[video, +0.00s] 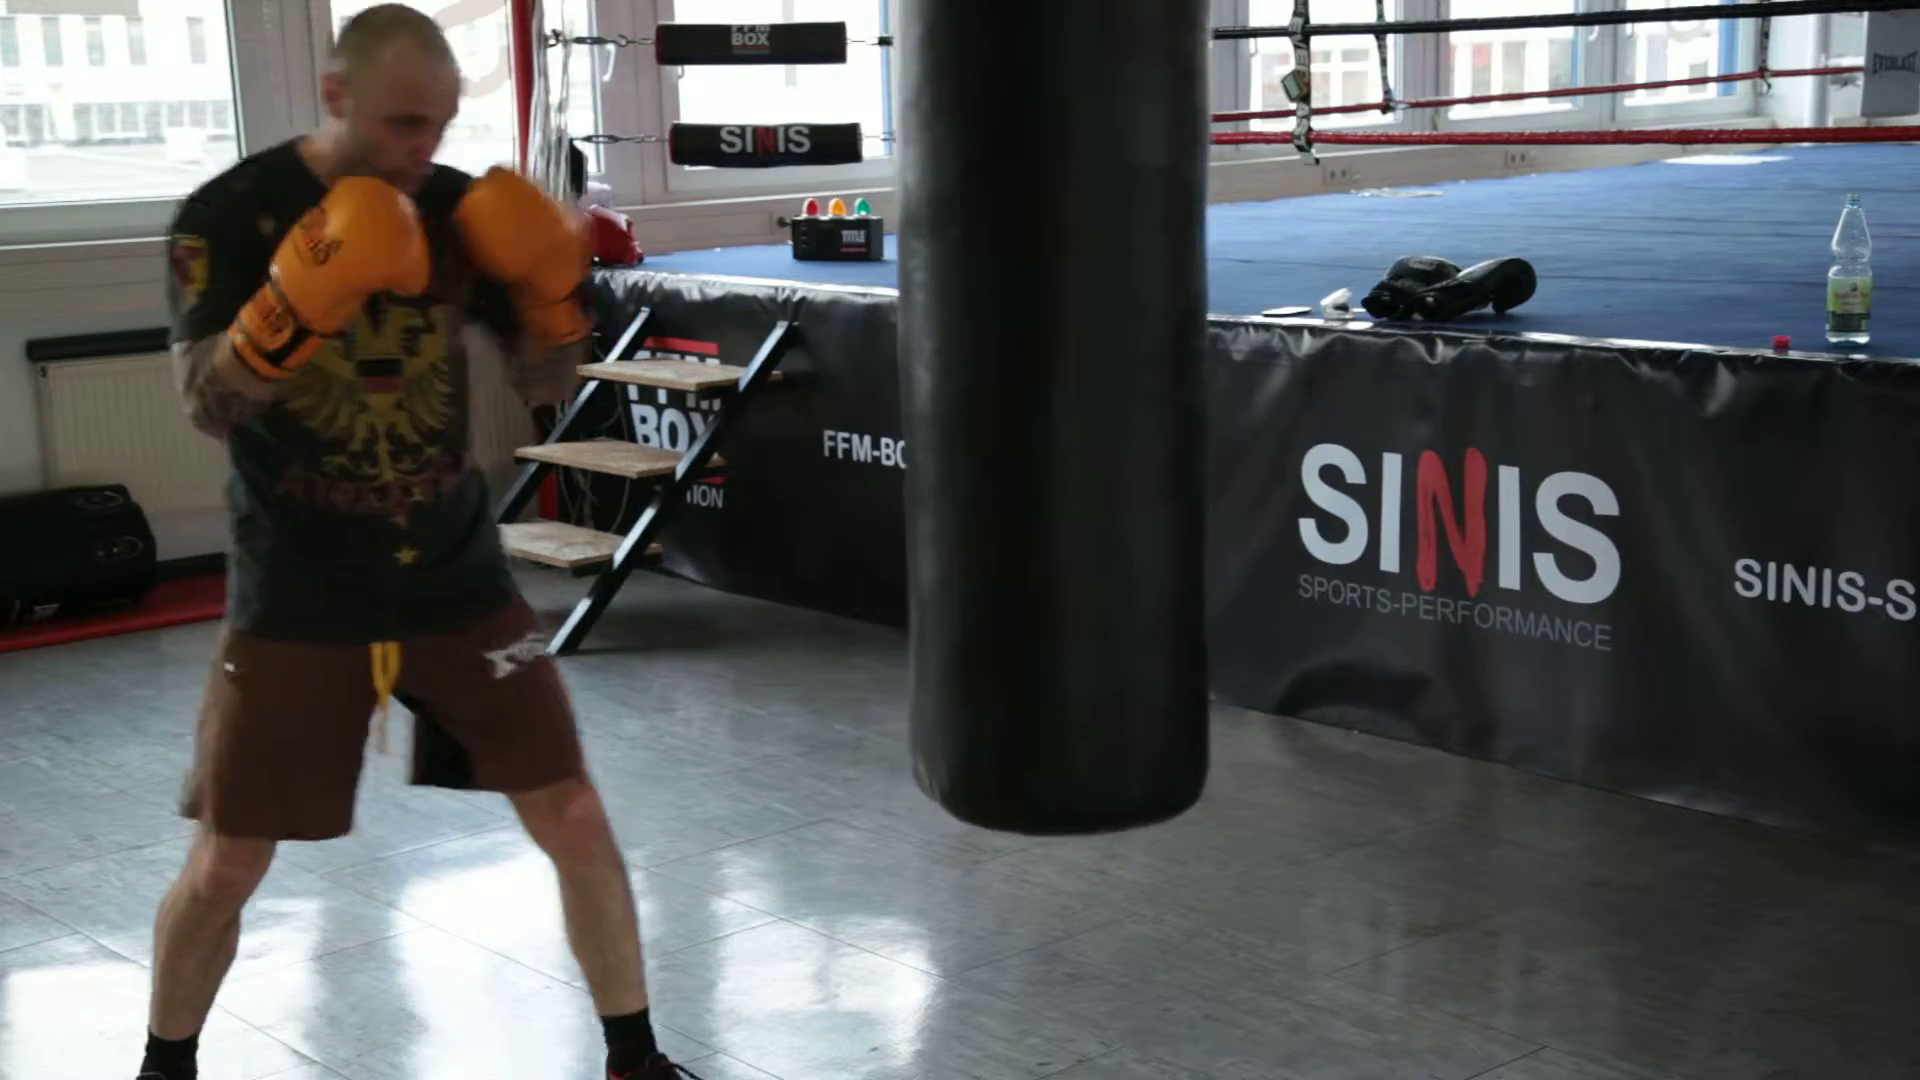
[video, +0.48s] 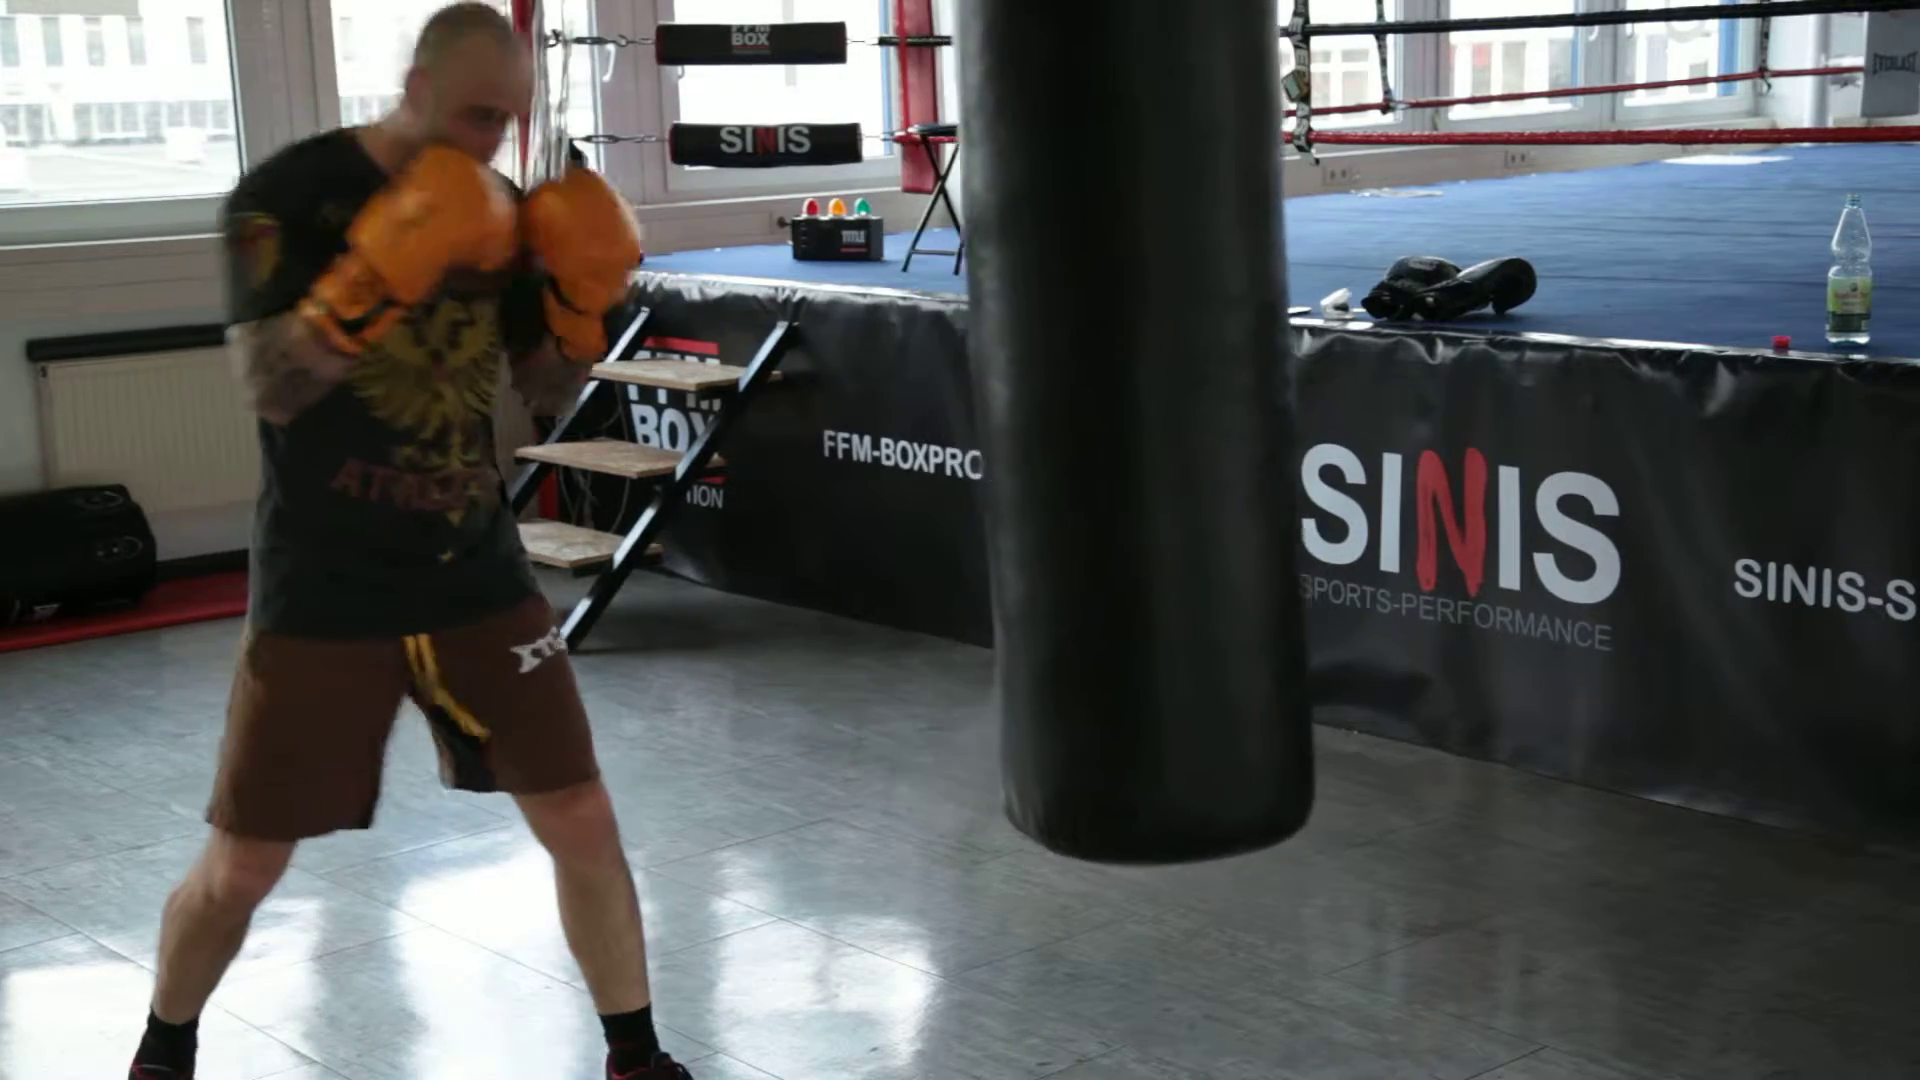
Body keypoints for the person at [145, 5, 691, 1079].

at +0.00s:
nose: (426, 153)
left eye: (440, 128)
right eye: (406, 125)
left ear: (453, 111)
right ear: (334, 95)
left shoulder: (464, 211)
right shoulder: (228, 219)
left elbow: (546, 392)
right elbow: (209, 402)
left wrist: (552, 292)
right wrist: (291, 306)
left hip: (457, 568)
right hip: (299, 580)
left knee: (576, 818)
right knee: (226, 868)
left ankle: (638, 1062)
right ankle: (166, 1072)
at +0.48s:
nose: (491, 144)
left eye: (508, 122)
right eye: (474, 117)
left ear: (520, 113)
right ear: (412, 86)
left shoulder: (501, 212)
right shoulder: (287, 194)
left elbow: (541, 405)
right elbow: (270, 385)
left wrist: (587, 303)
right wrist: (375, 276)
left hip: (478, 568)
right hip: (325, 580)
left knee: (583, 822)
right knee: (241, 870)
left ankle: (638, 1059)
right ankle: (163, 1059)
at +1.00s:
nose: (502, 124)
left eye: (520, 101)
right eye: (482, 98)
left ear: (536, 86)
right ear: (411, 71)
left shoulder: (524, 202)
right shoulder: (296, 197)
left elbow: (575, 388)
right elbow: (277, 383)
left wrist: (619, 291)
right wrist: (390, 271)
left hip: (498, 562)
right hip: (345, 573)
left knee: (604, 822)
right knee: (267, 866)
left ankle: (638, 1060)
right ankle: (171, 1057)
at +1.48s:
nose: (431, 171)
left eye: (447, 142)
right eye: (404, 146)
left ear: (462, 125)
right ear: (326, 119)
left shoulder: (494, 220)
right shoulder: (239, 236)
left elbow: (585, 400)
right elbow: (227, 451)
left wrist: (563, 335)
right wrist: (304, 364)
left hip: (498, 589)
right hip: (330, 604)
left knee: (621, 849)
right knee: (247, 895)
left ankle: (686, 1069)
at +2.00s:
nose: (707, 210)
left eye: (721, 185)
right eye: (689, 180)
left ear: (733, 162)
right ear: (611, 149)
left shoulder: (680, 259)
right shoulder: (506, 220)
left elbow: (705, 431)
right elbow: (530, 356)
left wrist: (755, 357)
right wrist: (723, 295)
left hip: (602, 593)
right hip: (462, 605)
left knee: (703, 851)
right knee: (368, 910)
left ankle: (711, 1075)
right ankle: (227, 1073)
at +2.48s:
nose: (593, 160)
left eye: (604, 133)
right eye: (569, 133)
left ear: (611, 122)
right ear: (483, 111)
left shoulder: (595, 235)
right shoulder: (370, 235)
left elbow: (667, 419)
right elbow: (388, 438)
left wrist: (716, 376)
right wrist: (530, 319)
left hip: (596, 628)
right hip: (432, 650)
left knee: (748, 878)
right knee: (360, 964)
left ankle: (724, 1068)